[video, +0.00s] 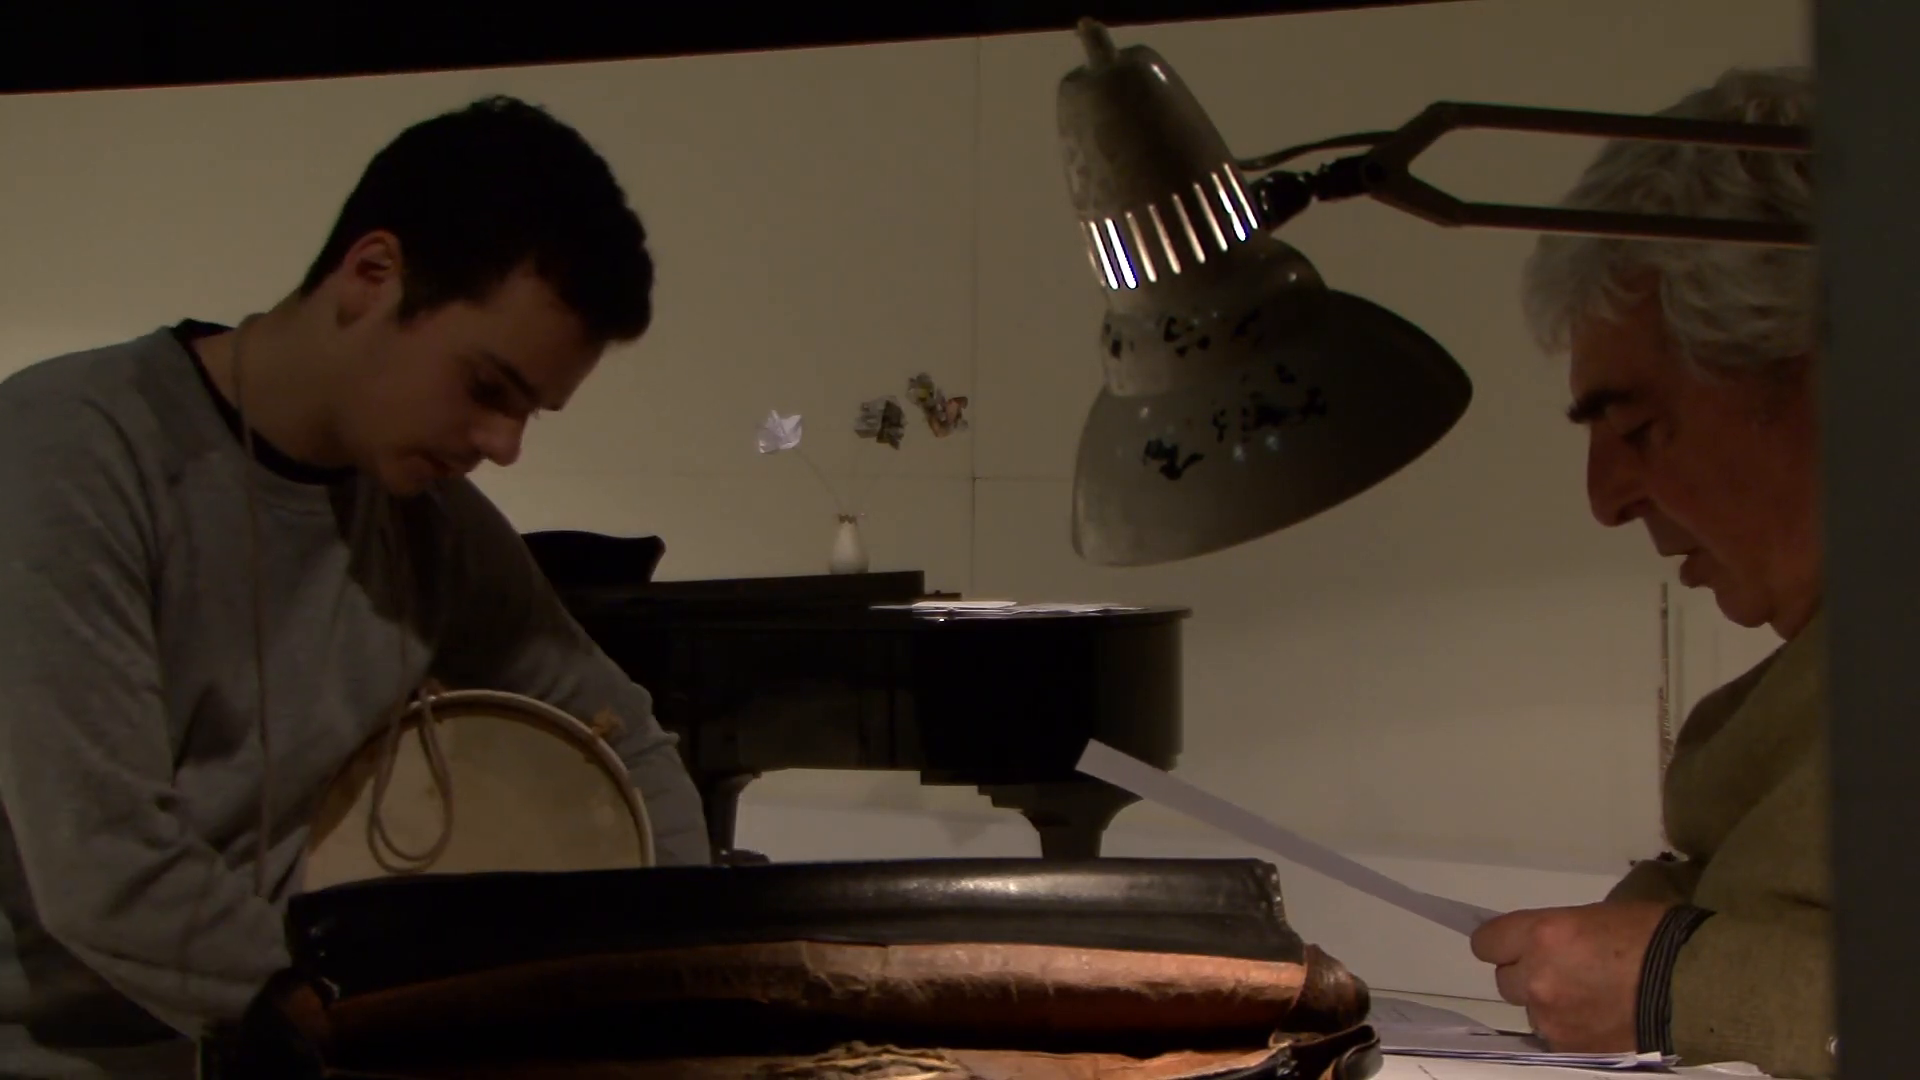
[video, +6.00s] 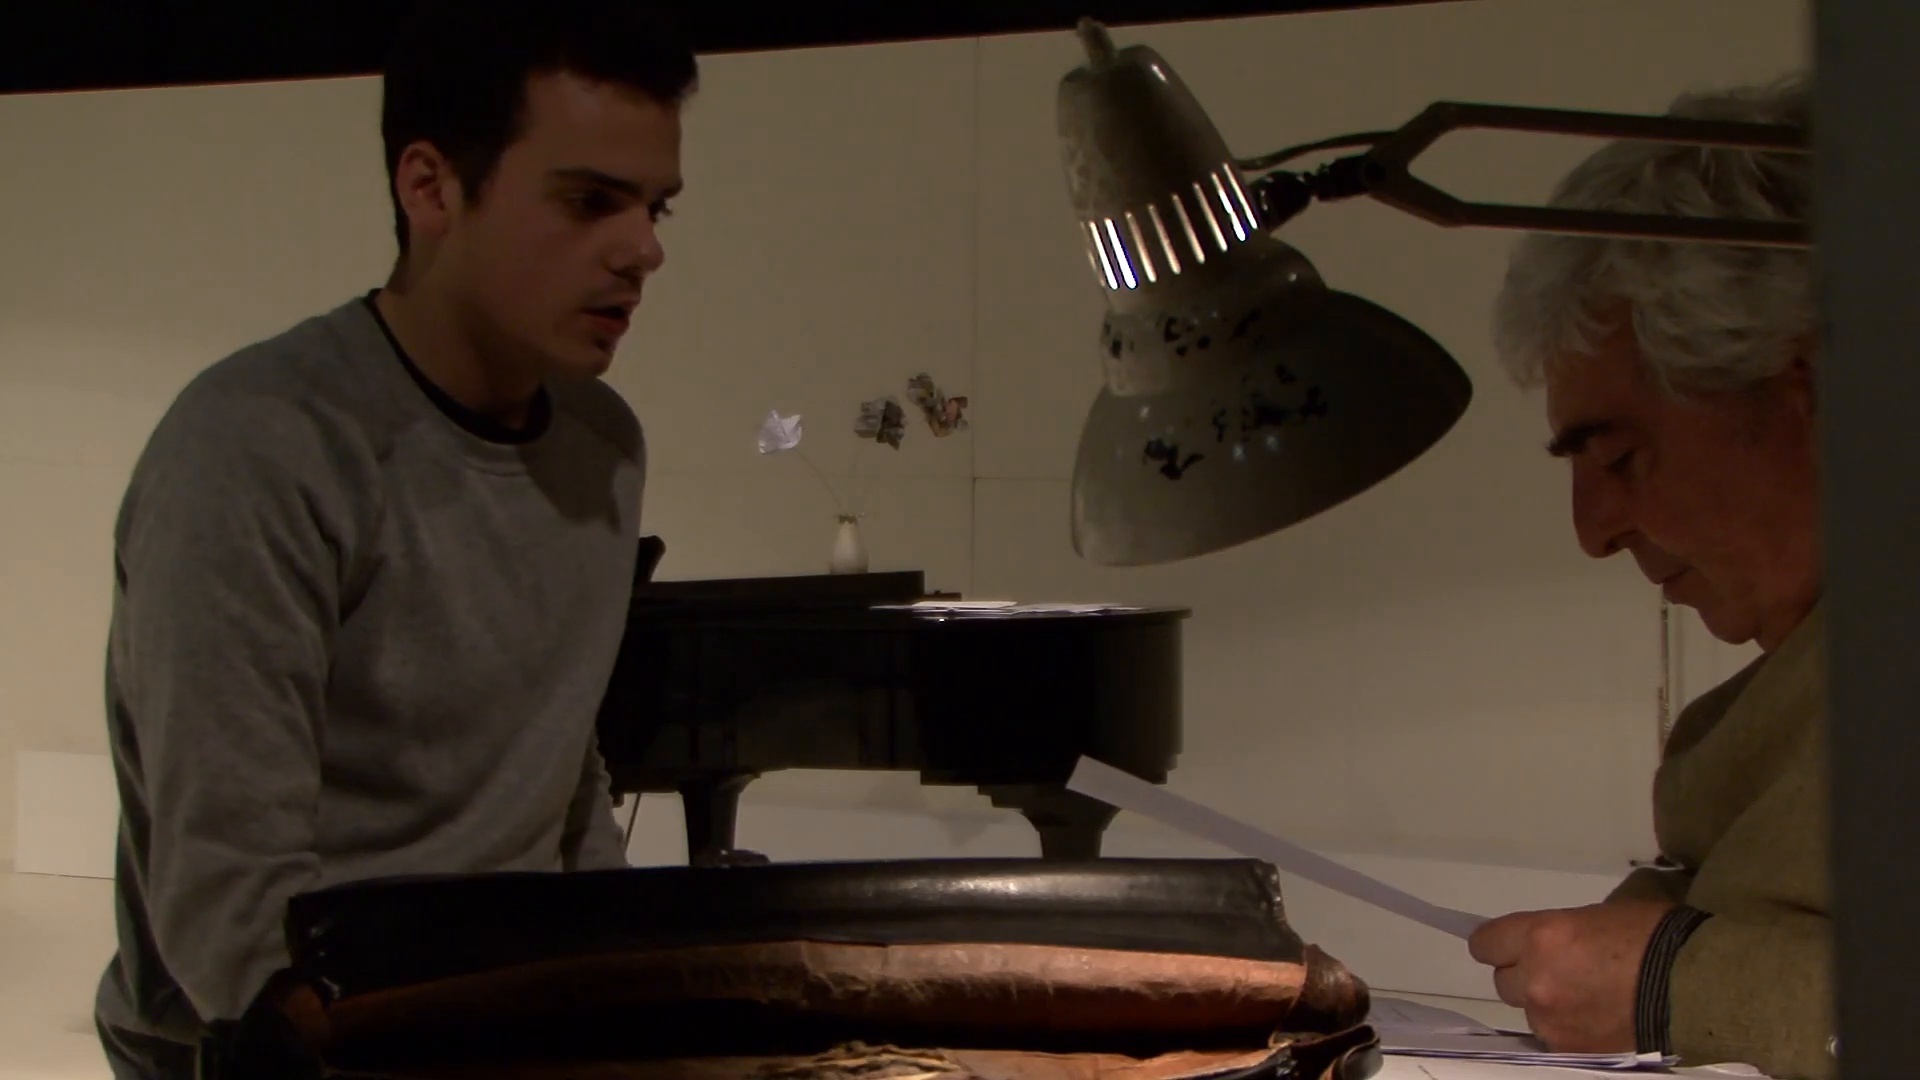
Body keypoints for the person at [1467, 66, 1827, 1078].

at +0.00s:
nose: (1609, 501)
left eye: (1636, 425)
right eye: (1599, 437)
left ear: (1818, 367)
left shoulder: (1873, 658)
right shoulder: (1801, 670)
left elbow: (1895, 999)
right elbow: (1742, 871)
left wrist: (1675, 985)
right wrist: (1649, 934)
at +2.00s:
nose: (1602, 517)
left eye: (1625, 438)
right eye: (1590, 449)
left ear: (1807, 380)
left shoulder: (1871, 660)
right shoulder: (1794, 672)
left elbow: (1893, 1006)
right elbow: (1728, 868)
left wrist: (1674, 984)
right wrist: (1645, 936)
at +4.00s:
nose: (1602, 520)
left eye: (1627, 443)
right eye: (1591, 455)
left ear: (1809, 381)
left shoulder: (1873, 653)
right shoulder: (1794, 665)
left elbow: (1893, 1006)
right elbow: (1726, 872)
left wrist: (1673, 983)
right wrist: (1642, 945)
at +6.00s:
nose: (1594, 533)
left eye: (1617, 455)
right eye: (1582, 470)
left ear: (1800, 383)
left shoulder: (1872, 661)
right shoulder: (1783, 685)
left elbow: (1889, 1008)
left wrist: (1674, 983)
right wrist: (1654, 930)